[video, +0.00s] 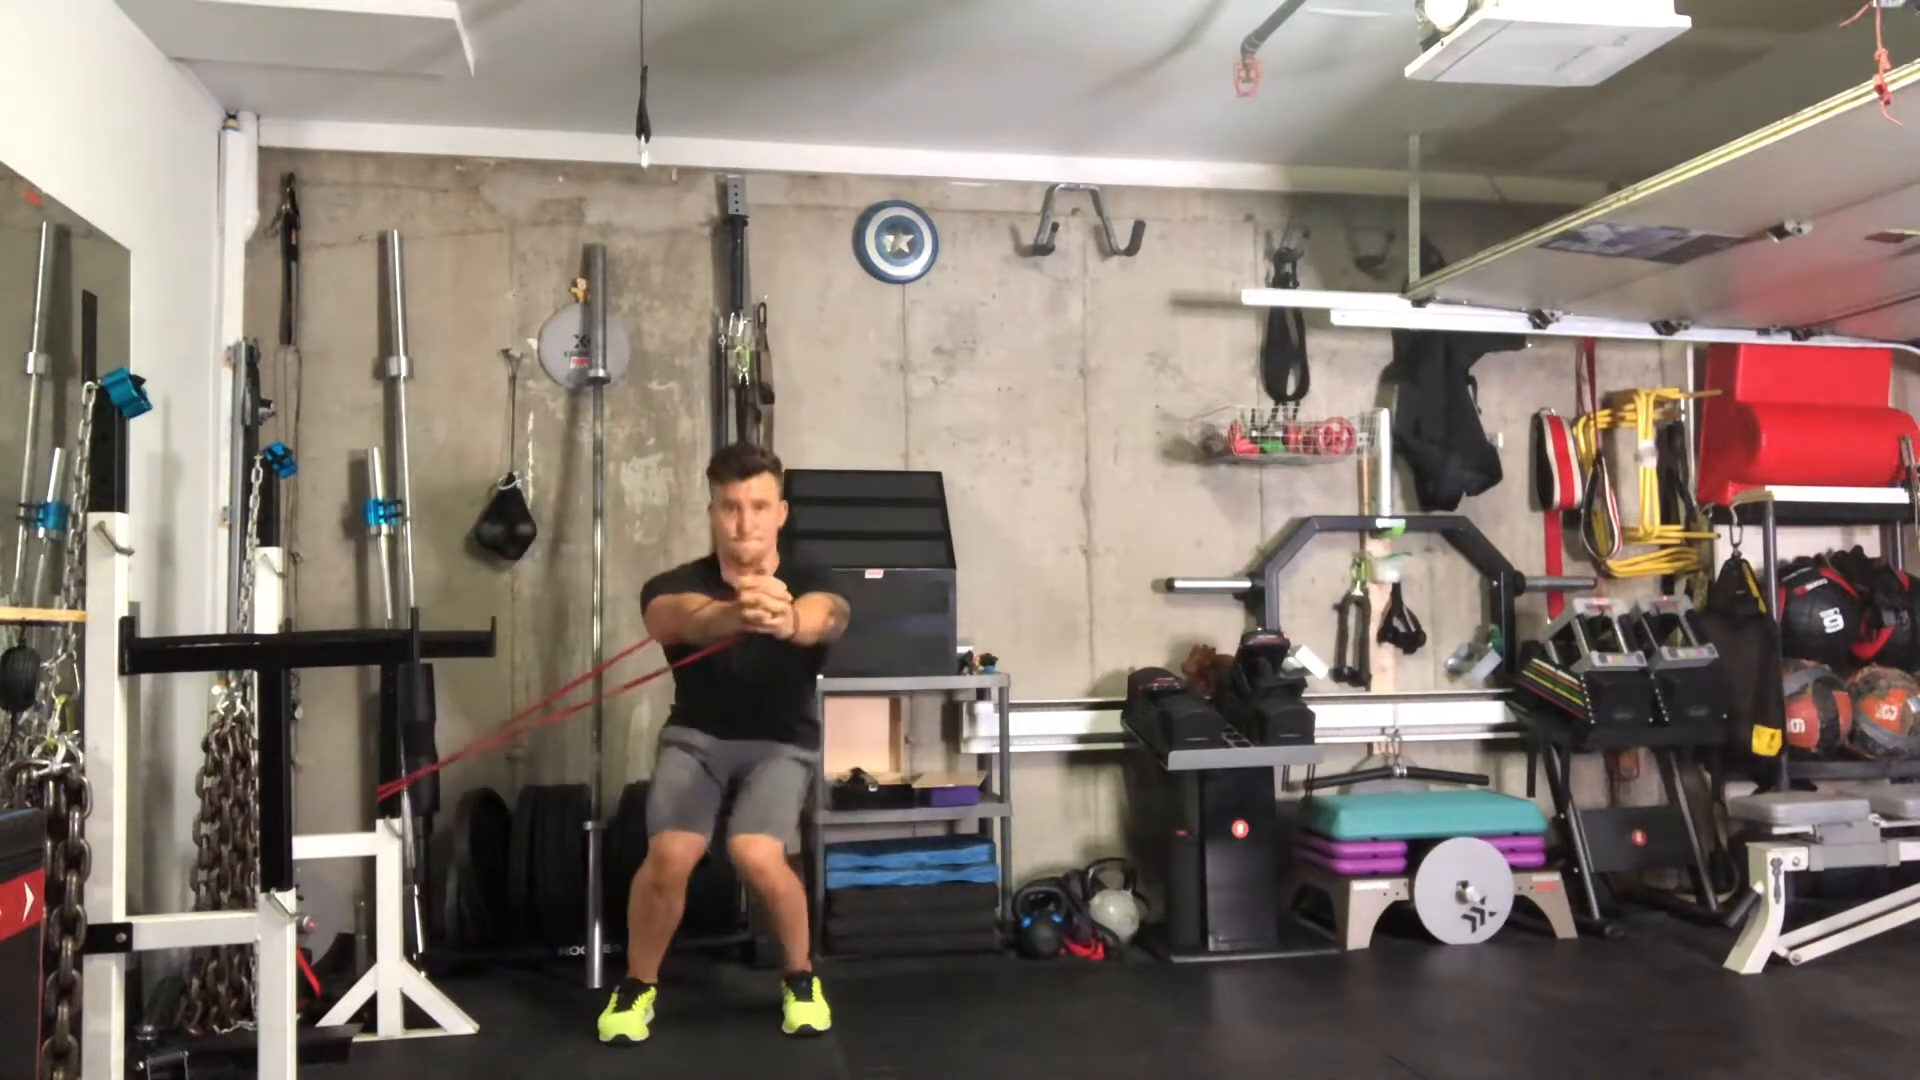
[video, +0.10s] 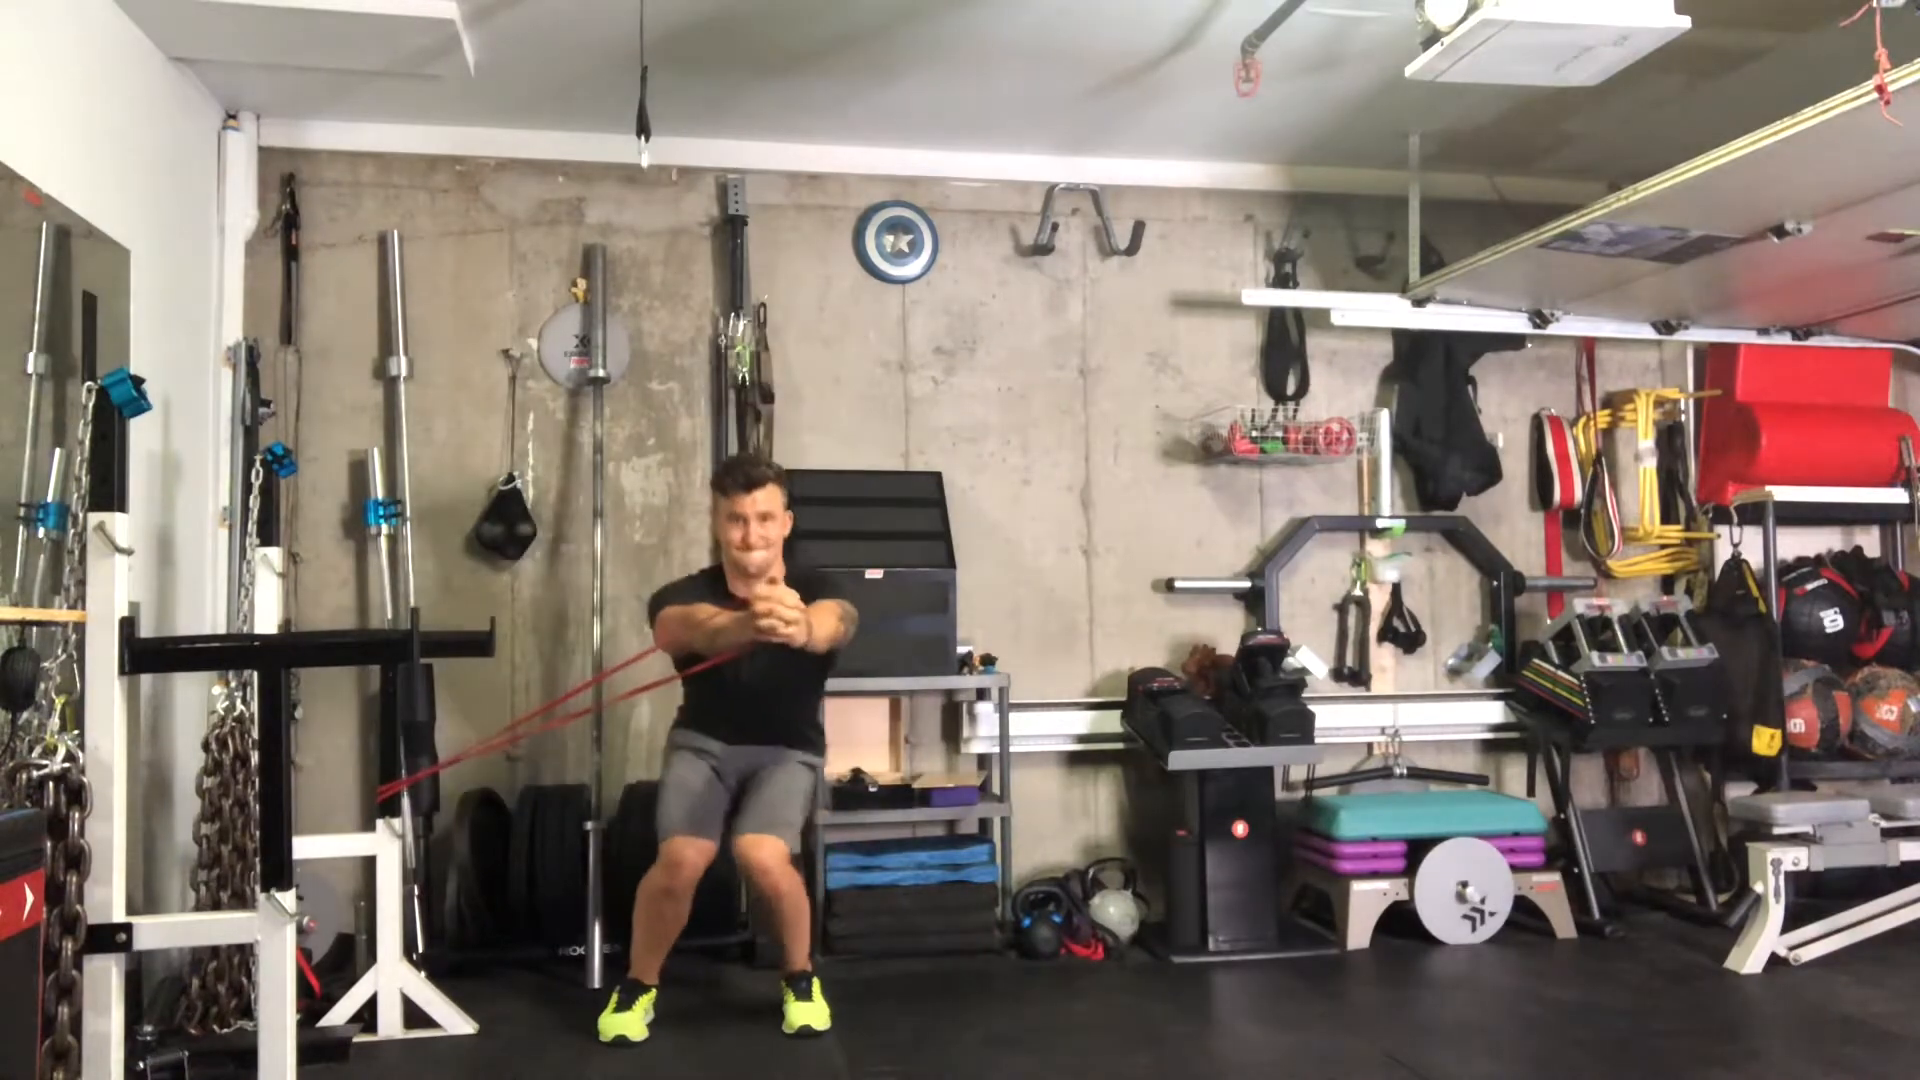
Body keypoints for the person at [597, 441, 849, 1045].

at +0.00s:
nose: (744, 524)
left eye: (759, 508)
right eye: (730, 509)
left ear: (782, 513)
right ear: (711, 513)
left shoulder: (812, 584)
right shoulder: (671, 588)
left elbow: (825, 615)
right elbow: (684, 623)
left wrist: (792, 620)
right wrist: (739, 613)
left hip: (780, 747)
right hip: (694, 740)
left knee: (754, 849)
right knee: (670, 852)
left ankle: (800, 979)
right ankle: (638, 989)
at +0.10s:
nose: (750, 535)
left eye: (764, 519)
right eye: (736, 521)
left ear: (787, 523)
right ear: (716, 525)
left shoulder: (820, 588)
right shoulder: (681, 597)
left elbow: (837, 623)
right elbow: (689, 633)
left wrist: (804, 626)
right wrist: (750, 623)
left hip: (787, 753)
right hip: (701, 746)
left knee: (760, 852)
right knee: (681, 857)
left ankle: (800, 979)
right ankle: (638, 989)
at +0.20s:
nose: (758, 543)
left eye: (771, 526)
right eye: (742, 529)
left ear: (793, 528)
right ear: (722, 535)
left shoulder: (832, 589)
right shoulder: (696, 606)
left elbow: (851, 621)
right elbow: (702, 643)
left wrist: (821, 633)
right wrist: (765, 635)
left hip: (807, 754)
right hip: (720, 752)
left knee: (809, 853)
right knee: (699, 868)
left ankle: (806, 978)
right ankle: (639, 988)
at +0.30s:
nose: (781, 539)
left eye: (795, 522)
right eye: (765, 525)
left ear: (819, 523)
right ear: (743, 532)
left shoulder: (857, 581)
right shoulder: (724, 603)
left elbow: (880, 616)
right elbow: (726, 642)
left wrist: (853, 634)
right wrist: (799, 640)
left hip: (845, 752)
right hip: (752, 755)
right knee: (707, 874)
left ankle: (863, 968)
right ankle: (641, 987)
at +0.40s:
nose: (844, 520)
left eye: (859, 502)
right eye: (829, 505)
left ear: (888, 503)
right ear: (810, 512)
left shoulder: (912, 571)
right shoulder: (785, 584)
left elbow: (946, 599)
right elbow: (791, 619)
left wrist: (939, 602)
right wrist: (889, 612)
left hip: (896, 744)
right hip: (797, 751)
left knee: (988, 827)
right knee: (724, 875)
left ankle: (1011, 945)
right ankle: (642, 990)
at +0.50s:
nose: (945, 492)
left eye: (959, 475)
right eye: (931, 477)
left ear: (983, 480)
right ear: (909, 484)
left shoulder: (997, 547)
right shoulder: (884, 569)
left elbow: (1049, 574)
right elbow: (942, 580)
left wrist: (1068, 553)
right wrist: (1025, 568)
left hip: (971, 737)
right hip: (879, 742)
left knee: (1069, 829)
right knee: (768, 867)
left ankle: (1120, 977)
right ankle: (650, 986)